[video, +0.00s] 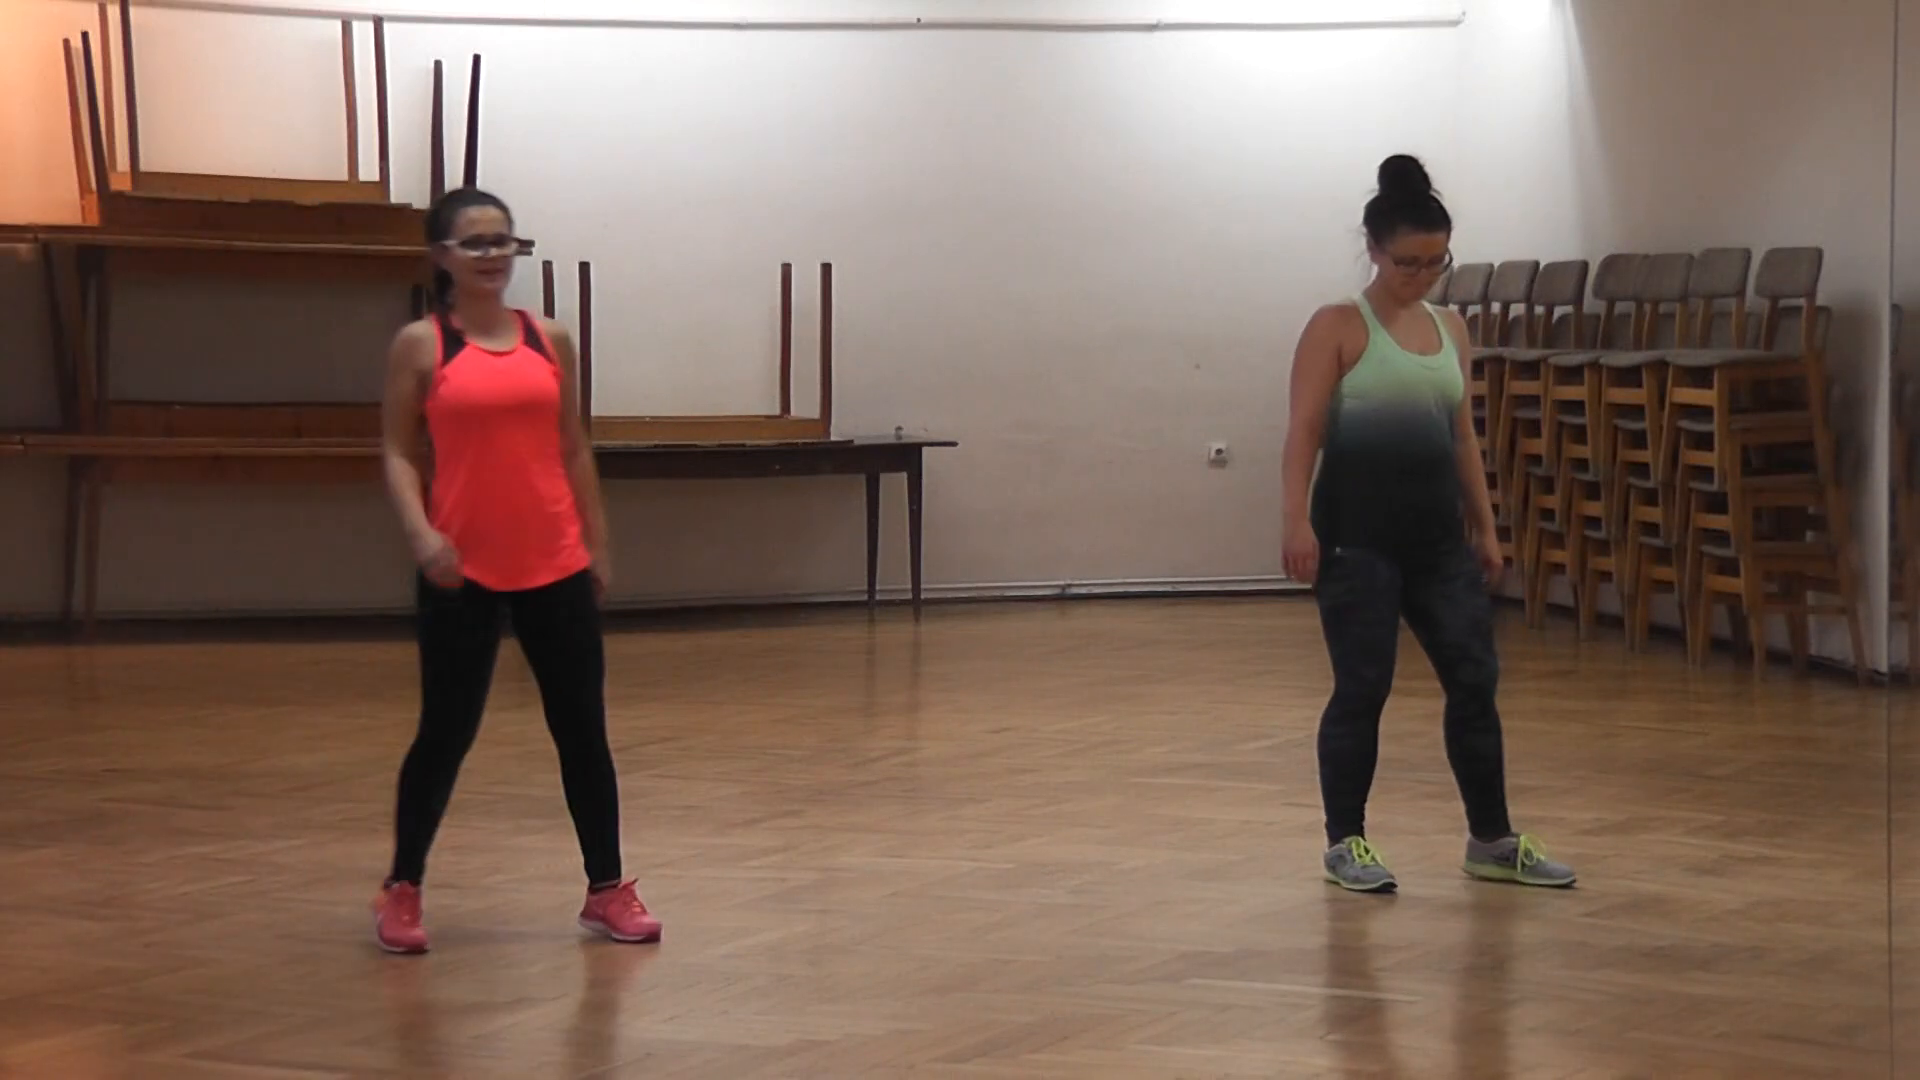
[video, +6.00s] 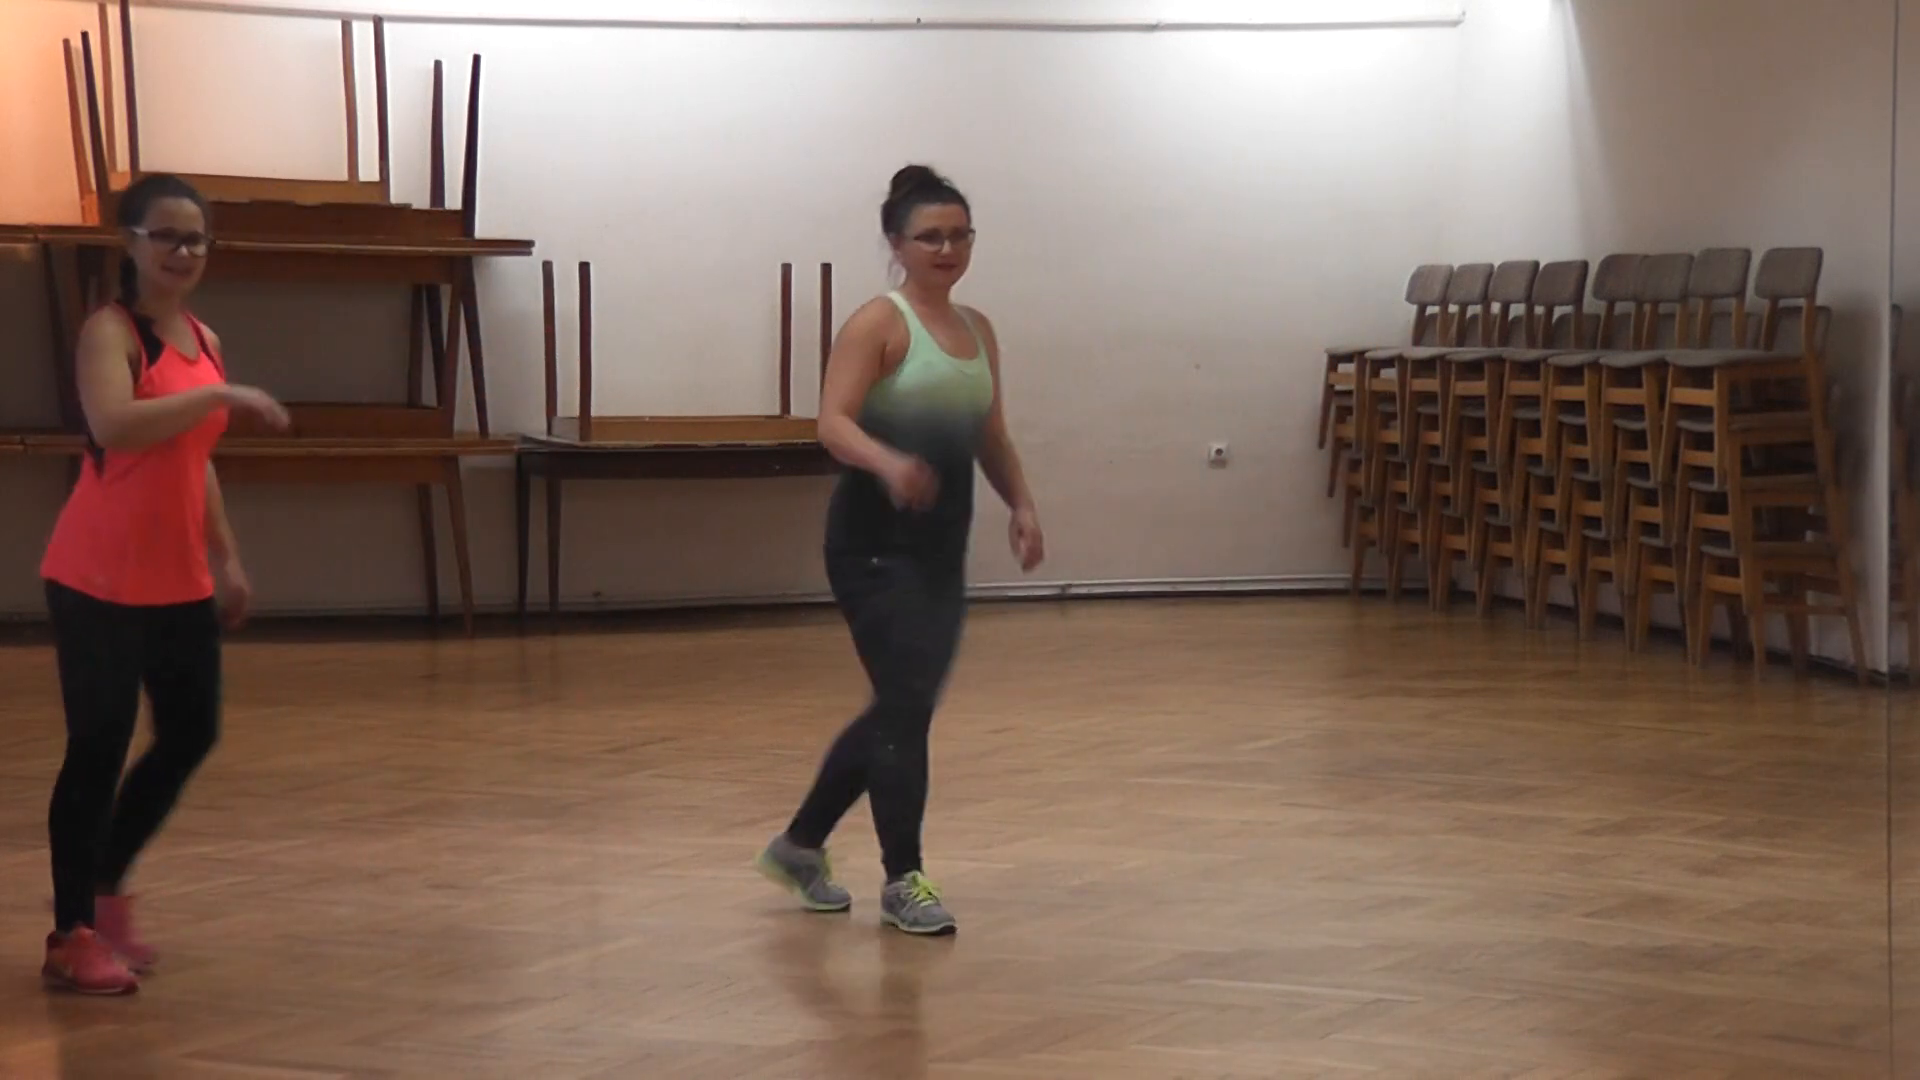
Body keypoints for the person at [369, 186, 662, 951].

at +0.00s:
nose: (494, 253)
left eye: (503, 241)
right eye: (477, 243)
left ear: (518, 249)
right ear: (442, 256)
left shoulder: (551, 340)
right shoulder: (420, 345)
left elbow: (575, 445)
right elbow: (399, 450)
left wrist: (597, 542)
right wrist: (422, 534)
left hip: (557, 568)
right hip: (463, 573)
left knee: (584, 733)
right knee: (445, 734)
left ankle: (609, 890)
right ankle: (403, 890)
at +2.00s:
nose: (513, 265)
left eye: (523, 252)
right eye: (497, 253)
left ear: (535, 262)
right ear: (461, 264)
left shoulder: (559, 353)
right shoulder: (434, 356)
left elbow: (577, 470)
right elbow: (411, 471)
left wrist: (598, 573)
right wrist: (402, 570)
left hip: (550, 579)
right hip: (455, 580)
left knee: (574, 744)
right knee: (430, 745)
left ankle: (618, 891)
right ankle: (402, 903)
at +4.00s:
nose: (530, 259)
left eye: (532, 244)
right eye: (509, 257)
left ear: (547, 251)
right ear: (482, 282)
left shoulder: (590, 357)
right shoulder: (459, 352)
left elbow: (603, 475)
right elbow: (429, 458)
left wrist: (617, 576)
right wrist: (411, 541)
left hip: (569, 582)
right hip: (471, 581)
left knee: (584, 742)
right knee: (443, 745)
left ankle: (620, 890)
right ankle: (403, 904)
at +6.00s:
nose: (182, 252)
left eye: (194, 240)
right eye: (166, 237)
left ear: (208, 250)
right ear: (130, 241)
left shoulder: (200, 338)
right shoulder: (108, 328)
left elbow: (195, 460)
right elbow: (111, 424)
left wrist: (226, 553)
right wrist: (222, 396)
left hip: (178, 577)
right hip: (98, 576)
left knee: (190, 732)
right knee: (97, 744)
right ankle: (72, 932)